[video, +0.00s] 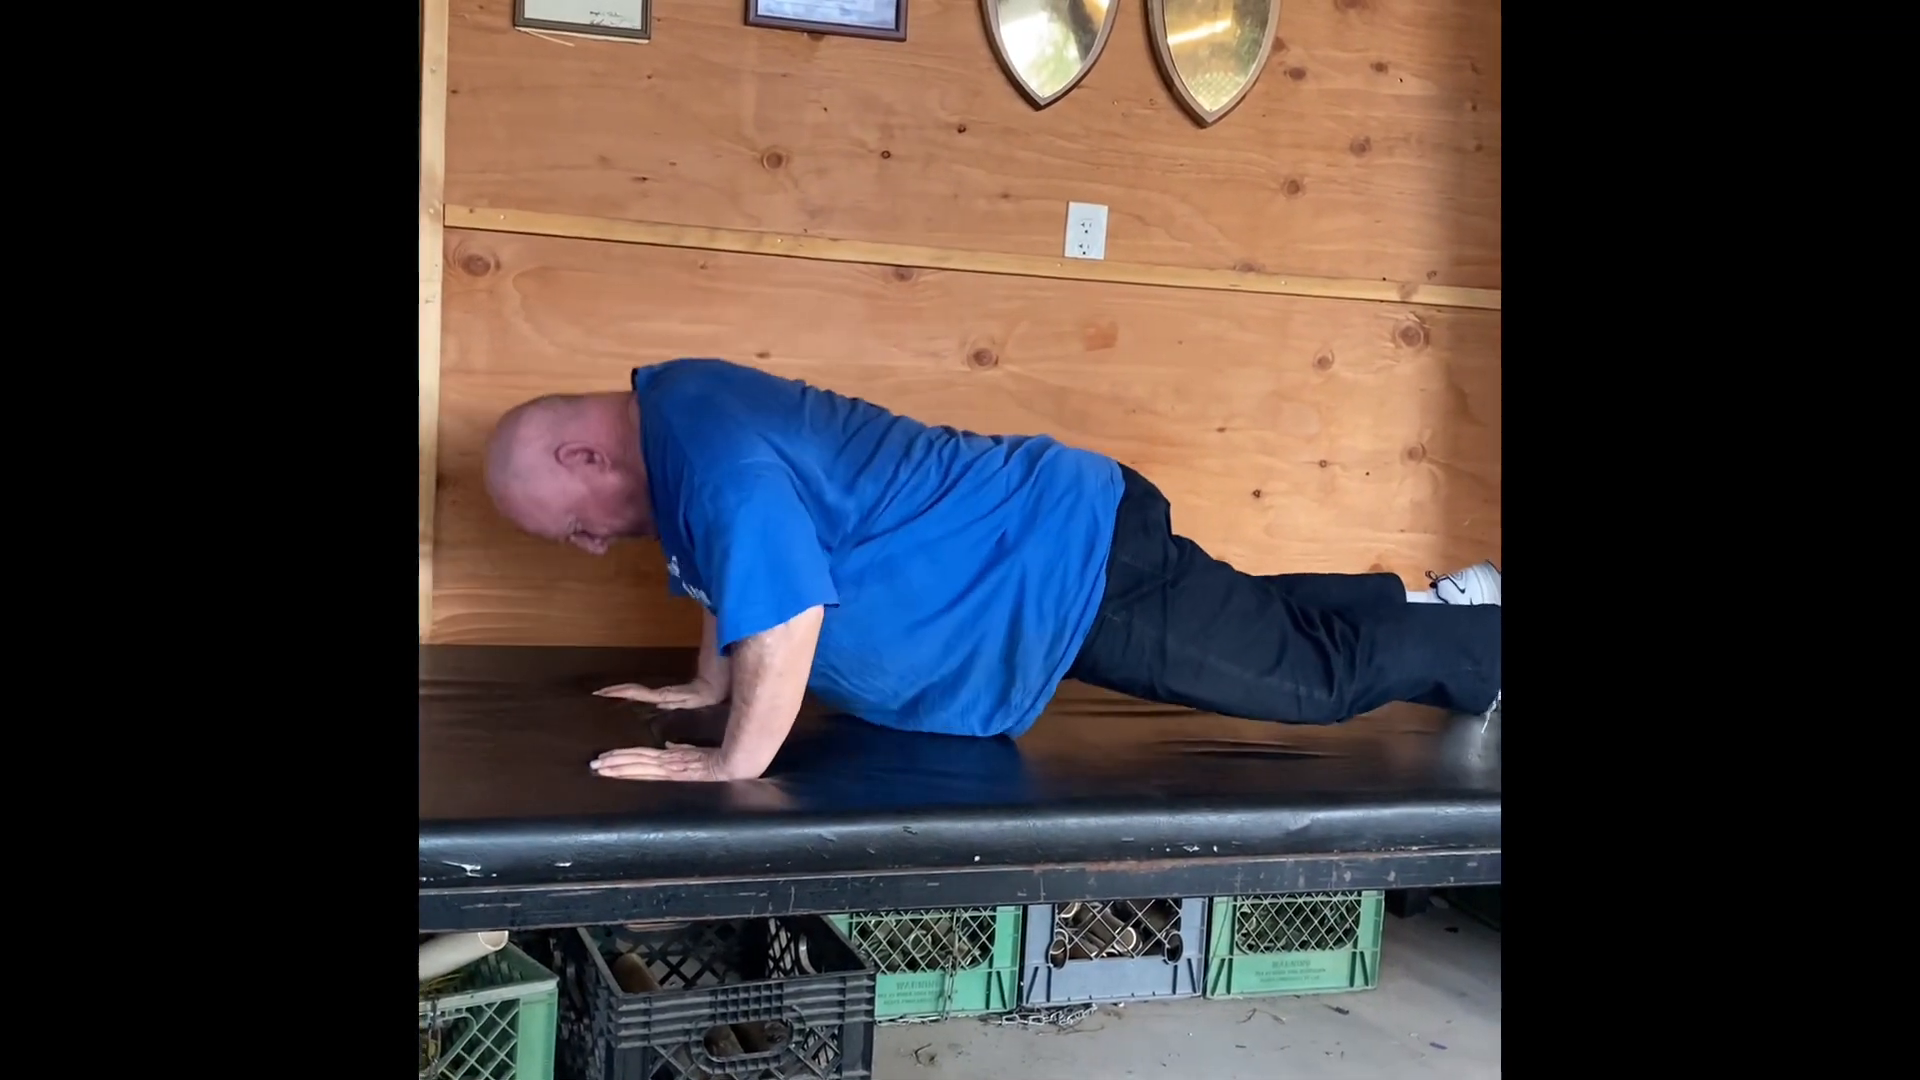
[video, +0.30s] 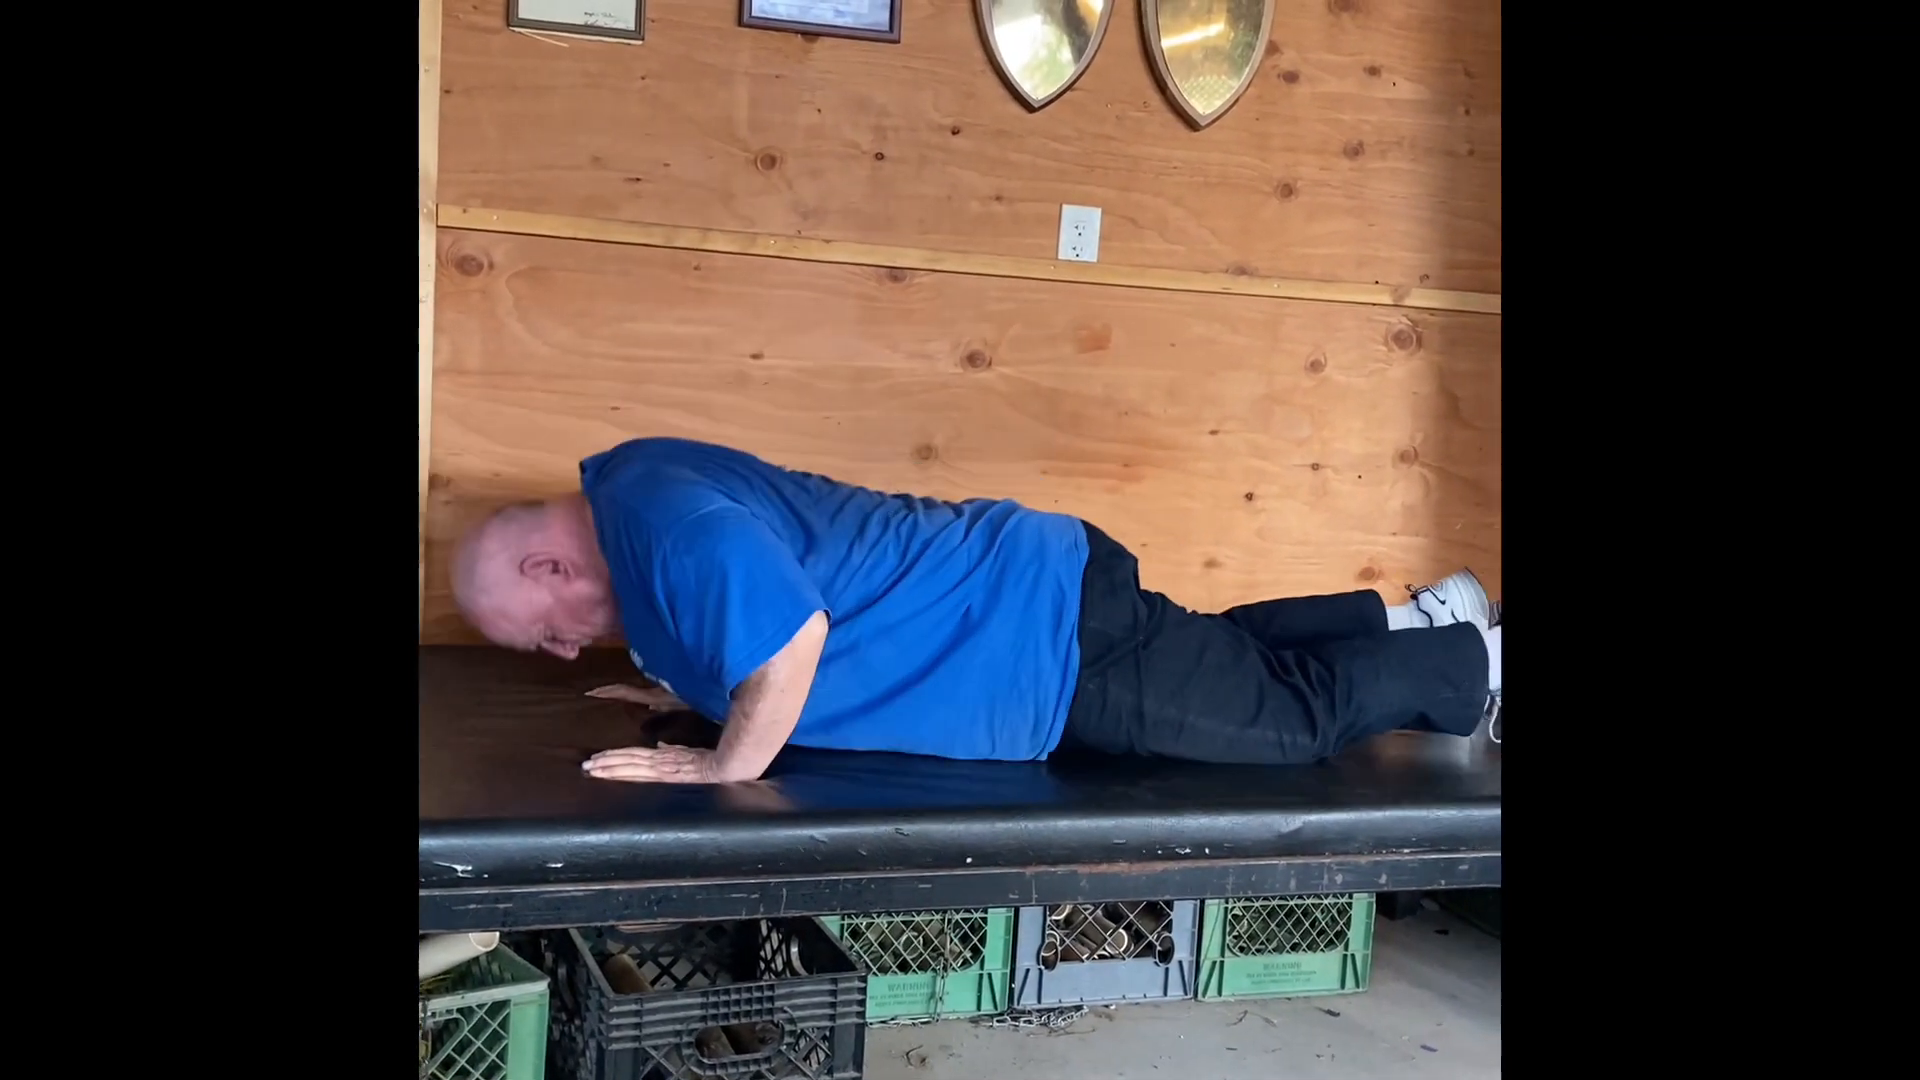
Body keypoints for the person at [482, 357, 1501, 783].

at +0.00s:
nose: (598, 541)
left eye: (575, 525)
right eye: (572, 531)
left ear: (581, 469)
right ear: (578, 441)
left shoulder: (710, 451)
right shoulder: (674, 431)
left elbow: (785, 605)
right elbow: (744, 591)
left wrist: (737, 759)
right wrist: (716, 708)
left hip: (1074, 568)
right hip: (1049, 567)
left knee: (1313, 674)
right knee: (1287, 628)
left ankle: (1485, 648)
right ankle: (1468, 606)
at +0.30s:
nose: (566, 634)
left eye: (547, 625)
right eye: (546, 632)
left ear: (550, 564)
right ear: (545, 541)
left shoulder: (675, 532)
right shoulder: (621, 499)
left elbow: (786, 638)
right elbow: (743, 613)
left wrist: (720, 770)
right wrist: (680, 681)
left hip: (1051, 626)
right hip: (1021, 614)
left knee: (1280, 722)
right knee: (1225, 664)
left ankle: (1460, 661)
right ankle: (1424, 625)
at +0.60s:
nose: (564, 603)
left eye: (542, 598)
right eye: (543, 600)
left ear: (547, 543)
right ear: (539, 511)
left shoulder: (673, 519)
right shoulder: (627, 474)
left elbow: (779, 639)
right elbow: (751, 595)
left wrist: (710, 771)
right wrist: (688, 671)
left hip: (1041, 623)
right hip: (1015, 598)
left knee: (1271, 725)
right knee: (1211, 662)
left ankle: (1457, 665)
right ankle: (1414, 621)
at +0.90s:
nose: (575, 497)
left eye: (559, 477)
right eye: (554, 488)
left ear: (576, 416)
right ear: (575, 402)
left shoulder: (699, 423)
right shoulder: (670, 402)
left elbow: (744, 614)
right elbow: (719, 587)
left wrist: (704, 770)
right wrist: (682, 698)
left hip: (1057, 575)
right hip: (1033, 556)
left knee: (1276, 690)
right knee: (1223, 633)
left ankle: (1467, 660)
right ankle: (1414, 618)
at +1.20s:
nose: (561, 571)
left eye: (537, 558)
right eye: (535, 570)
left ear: (537, 501)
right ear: (535, 507)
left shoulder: (663, 490)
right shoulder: (634, 471)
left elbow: (745, 631)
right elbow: (713, 621)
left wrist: (695, 780)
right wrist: (682, 733)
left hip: (1031, 623)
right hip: (1008, 609)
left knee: (1249, 729)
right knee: (1201, 679)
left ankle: (1449, 687)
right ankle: (1397, 639)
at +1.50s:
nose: (525, 658)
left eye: (502, 648)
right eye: (504, 659)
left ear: (498, 584)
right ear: (498, 577)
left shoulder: (625, 552)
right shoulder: (584, 541)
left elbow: (728, 665)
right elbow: (700, 654)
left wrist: (670, 802)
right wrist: (629, 721)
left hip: (984, 660)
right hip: (955, 680)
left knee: (1215, 755)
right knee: (1172, 710)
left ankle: (1428, 710)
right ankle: (1366, 673)